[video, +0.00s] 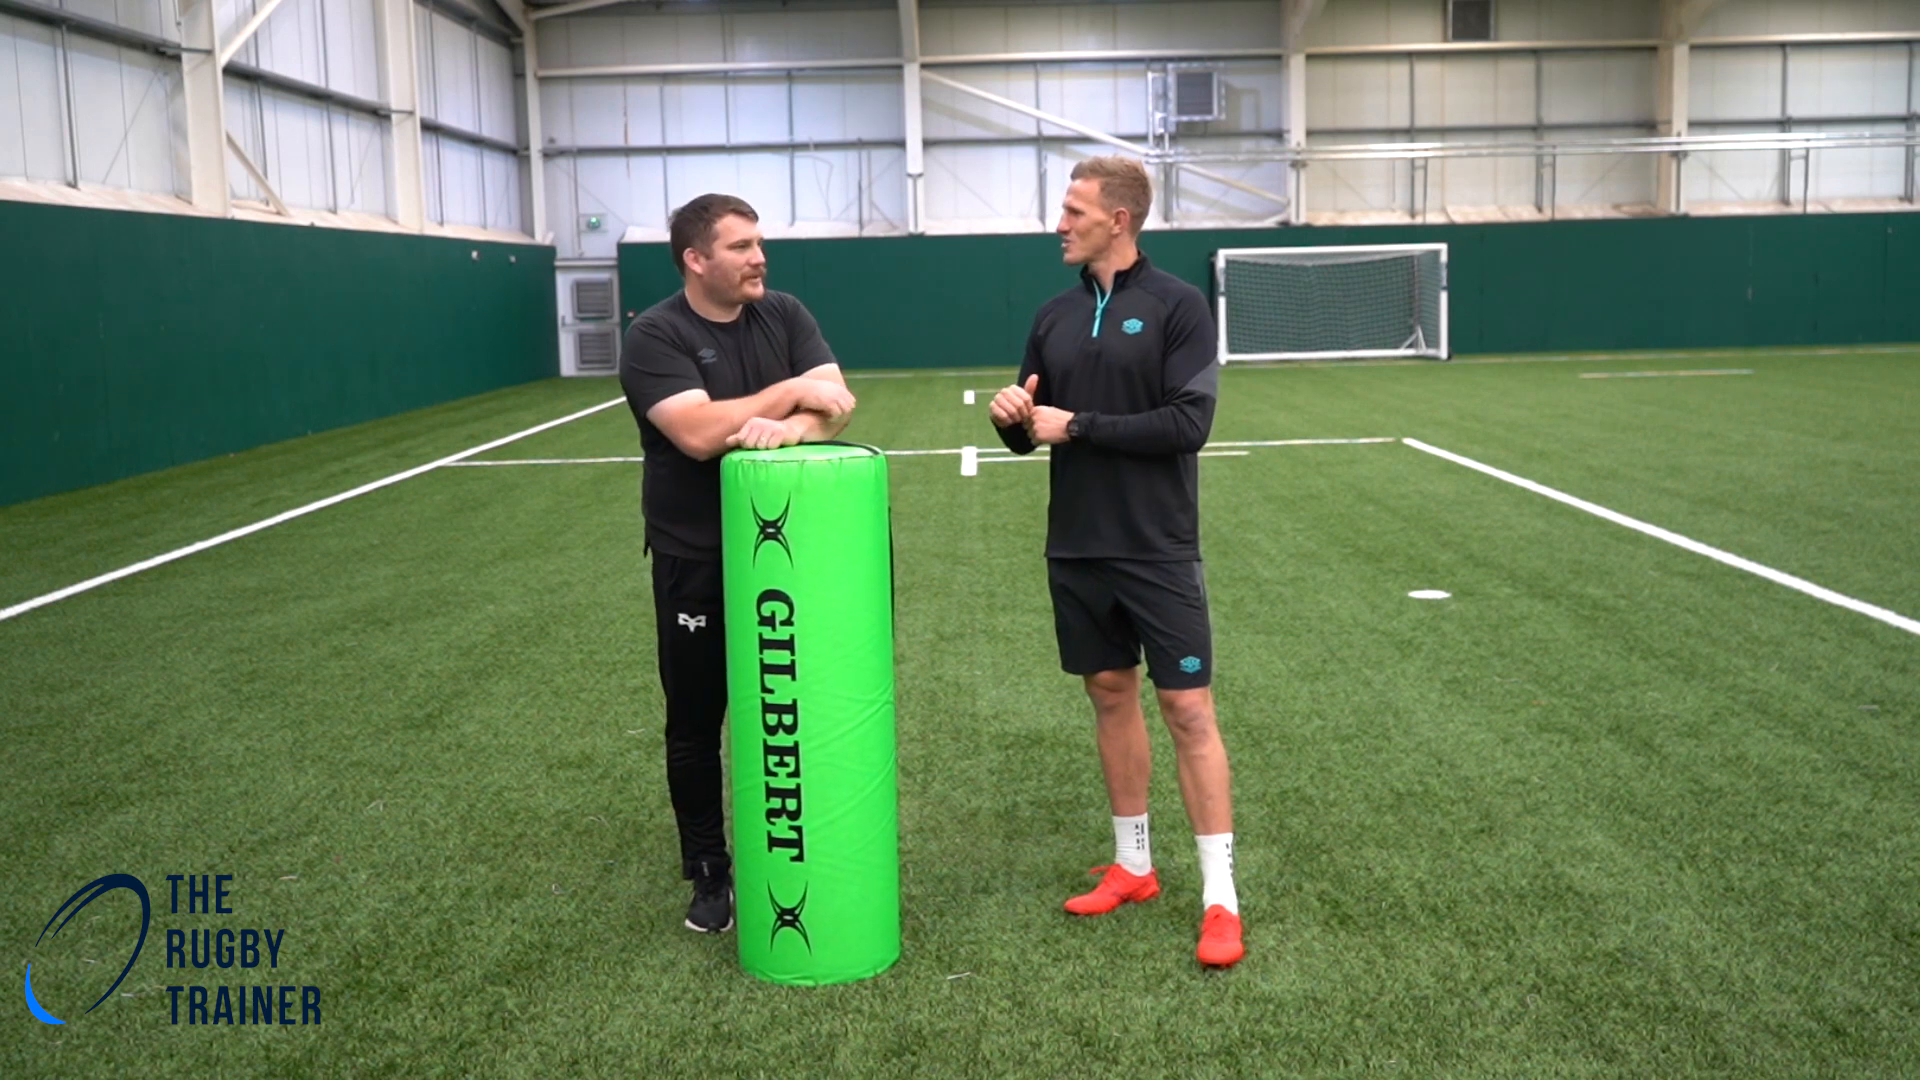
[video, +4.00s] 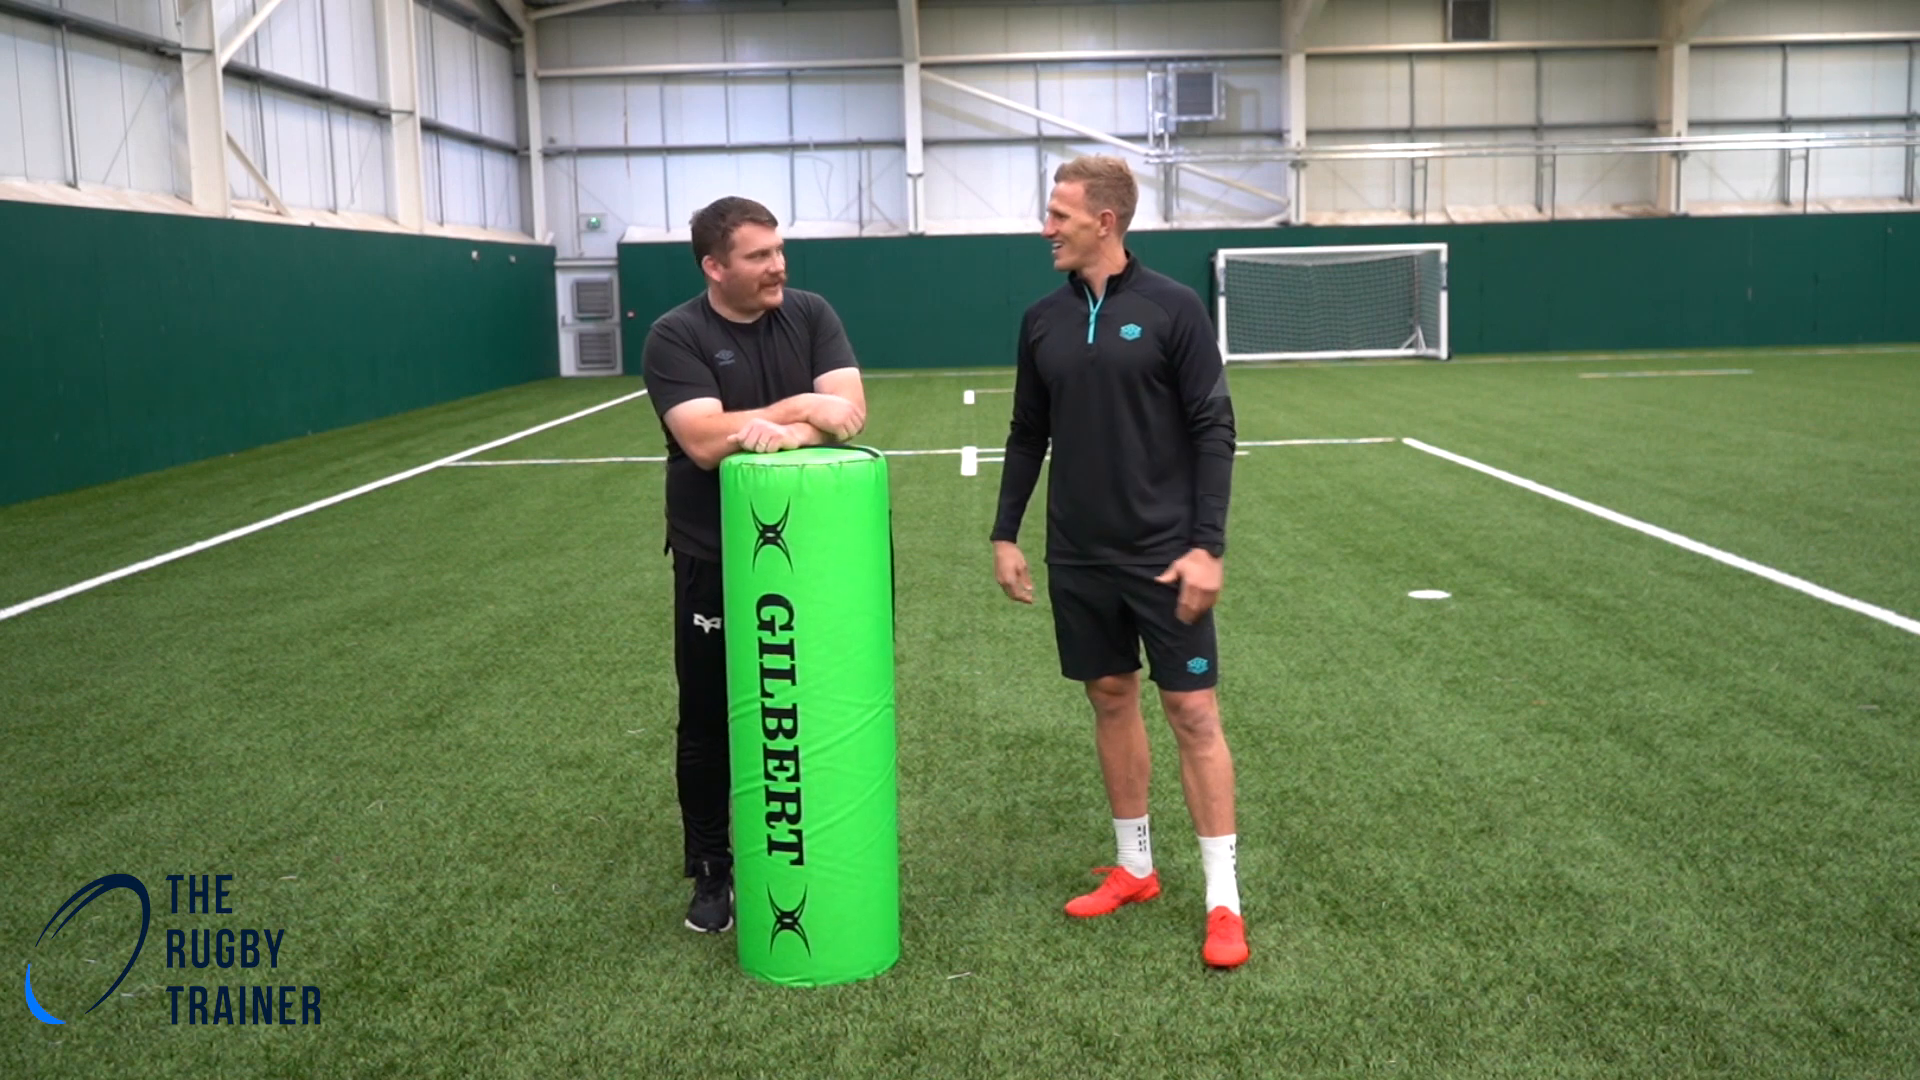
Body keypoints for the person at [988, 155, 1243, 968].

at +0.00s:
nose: (1060, 224)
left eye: (1074, 213)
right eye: (1063, 210)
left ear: (1120, 222)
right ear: (1099, 219)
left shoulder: (1180, 305)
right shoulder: (1054, 316)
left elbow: (1189, 424)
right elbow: (1024, 437)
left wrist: (1074, 425)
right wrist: (1012, 415)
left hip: (1159, 546)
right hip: (1079, 545)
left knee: (1189, 708)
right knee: (1109, 693)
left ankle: (1221, 896)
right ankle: (1132, 867)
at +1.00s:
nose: (1071, 229)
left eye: (1084, 217)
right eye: (1072, 215)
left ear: (1130, 224)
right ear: (1107, 222)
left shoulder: (1191, 306)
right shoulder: (1064, 315)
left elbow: (1205, 422)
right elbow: (1021, 437)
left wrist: (1091, 405)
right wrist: (1024, 403)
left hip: (1171, 544)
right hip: (1089, 543)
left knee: (1197, 706)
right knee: (1112, 695)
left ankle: (1224, 895)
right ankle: (1134, 866)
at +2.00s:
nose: (1063, 228)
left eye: (1077, 216)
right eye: (1064, 214)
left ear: (1125, 222)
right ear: (1092, 221)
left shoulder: (1187, 306)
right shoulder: (1058, 317)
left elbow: (1210, 424)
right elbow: (1033, 426)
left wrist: (1097, 430)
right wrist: (1029, 429)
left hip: (1169, 548)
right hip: (1086, 547)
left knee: (1197, 709)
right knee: (1112, 697)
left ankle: (1224, 896)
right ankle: (1135, 867)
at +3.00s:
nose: (1054, 227)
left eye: (1068, 216)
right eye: (1055, 214)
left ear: (1115, 225)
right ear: (1078, 221)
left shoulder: (1177, 310)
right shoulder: (1046, 317)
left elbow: (1200, 429)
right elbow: (1018, 418)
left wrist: (1090, 444)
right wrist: (1019, 434)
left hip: (1158, 549)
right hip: (1074, 550)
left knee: (1189, 710)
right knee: (1106, 697)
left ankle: (1223, 897)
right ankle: (1134, 868)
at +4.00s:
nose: (1046, 227)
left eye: (1059, 216)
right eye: (1047, 213)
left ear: (1108, 225)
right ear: (1075, 221)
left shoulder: (1174, 308)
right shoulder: (1044, 320)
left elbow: (1215, 428)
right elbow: (1028, 433)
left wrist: (1209, 545)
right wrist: (1006, 532)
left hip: (1167, 552)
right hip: (1080, 553)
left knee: (1194, 712)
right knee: (1110, 699)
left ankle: (1224, 898)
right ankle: (1134, 869)